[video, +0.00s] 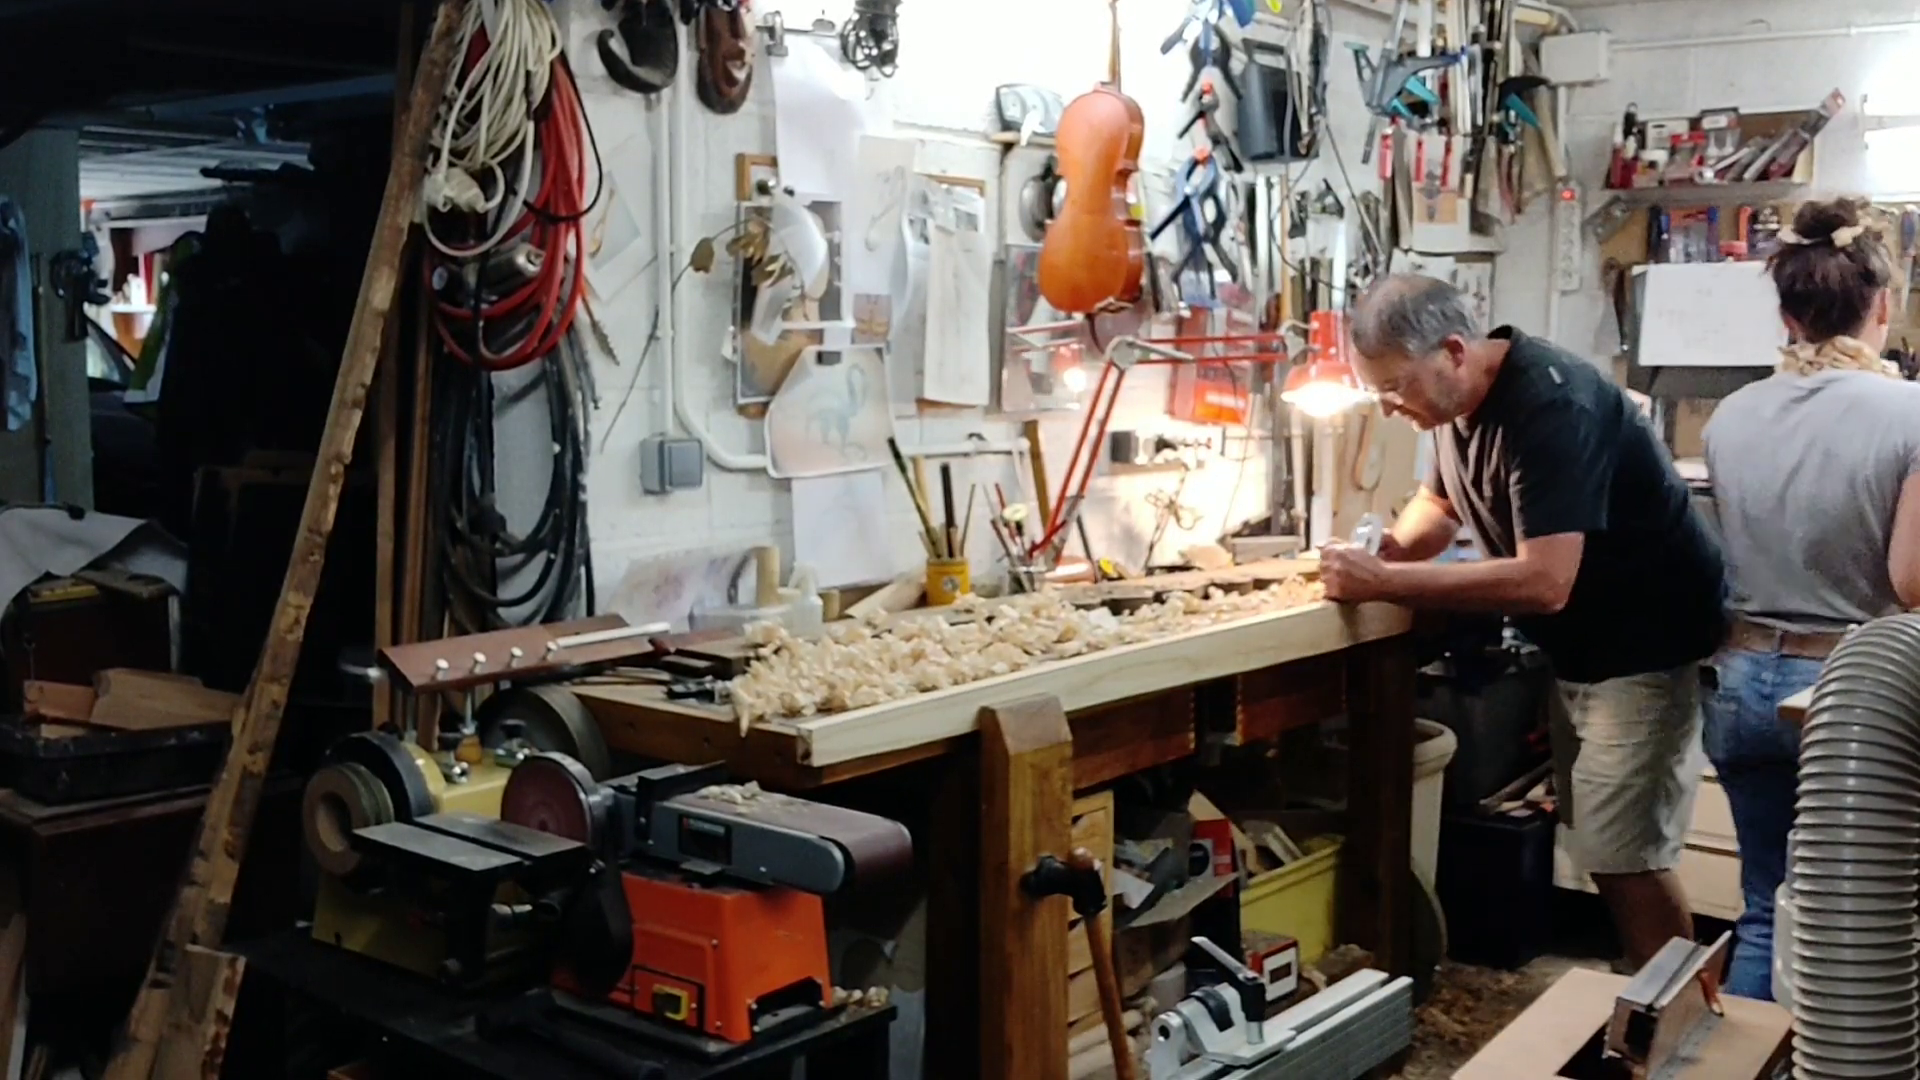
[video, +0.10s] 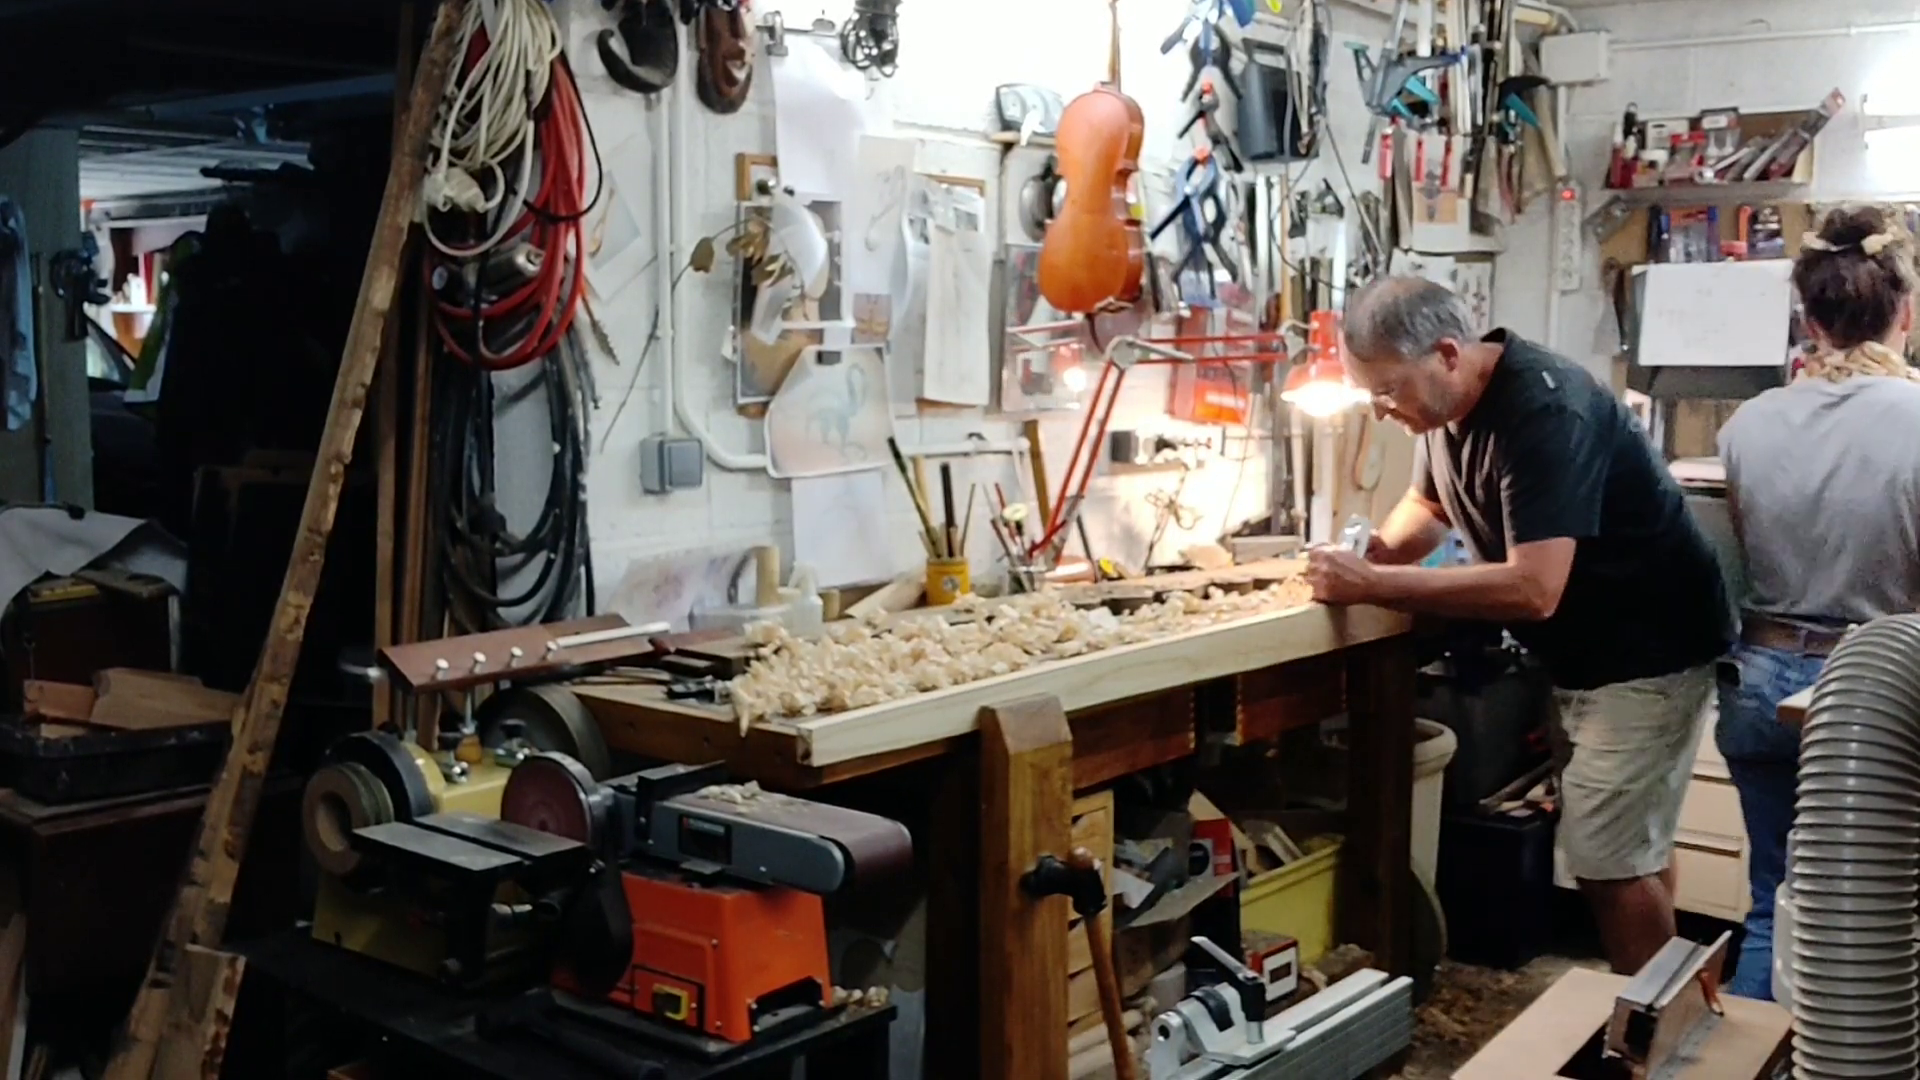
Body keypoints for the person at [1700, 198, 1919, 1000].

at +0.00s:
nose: (1893, 314)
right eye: (1891, 299)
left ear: (1786, 321)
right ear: (1881, 309)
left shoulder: (1729, 417)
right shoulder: (1905, 412)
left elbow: (1733, 543)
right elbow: (1906, 577)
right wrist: (1910, 653)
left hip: (1738, 669)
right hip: (1852, 677)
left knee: (1762, 897)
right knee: (1851, 900)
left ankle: (1749, 1059)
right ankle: (1838, 1060)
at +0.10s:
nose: (1915, 311)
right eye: (1913, 297)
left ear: (1807, 320)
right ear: (1905, 313)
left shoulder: (1750, 424)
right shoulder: (1911, 412)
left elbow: (1749, 555)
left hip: (1763, 671)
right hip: (1881, 678)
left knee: (1770, 883)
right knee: (1869, 886)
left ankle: (1755, 1046)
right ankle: (1851, 1049)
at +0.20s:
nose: (1812, 331)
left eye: (1817, 317)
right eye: (1817, 316)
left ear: (1832, 330)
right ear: (1916, 330)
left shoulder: (1771, 427)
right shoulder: (1918, 414)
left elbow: (1760, 571)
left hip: (1790, 674)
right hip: (1901, 677)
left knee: (1797, 869)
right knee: (1889, 871)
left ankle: (1791, 1036)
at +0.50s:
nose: (1820, 332)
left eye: (1824, 316)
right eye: (1819, 317)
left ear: (1858, 314)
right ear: (1906, 312)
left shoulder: (1811, 407)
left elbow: (1784, 560)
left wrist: (1746, 501)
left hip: (1827, 646)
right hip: (1915, 643)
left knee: (1792, 822)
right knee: (1901, 823)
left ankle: (1803, 998)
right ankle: (1890, 997)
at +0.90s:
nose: (1718, 340)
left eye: (1723, 324)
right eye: (1717, 323)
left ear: (1773, 322)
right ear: (1788, 320)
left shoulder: (1773, 412)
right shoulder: (1856, 399)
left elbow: (1731, 560)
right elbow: (1832, 525)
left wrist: (1629, 518)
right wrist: (1733, 509)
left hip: (1775, 646)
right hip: (1850, 635)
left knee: (1745, 850)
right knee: (1818, 840)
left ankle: (1764, 1021)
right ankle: (1821, 1009)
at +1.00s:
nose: (1694, 341)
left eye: (1699, 323)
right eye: (1692, 324)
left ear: (1750, 319)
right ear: (1763, 317)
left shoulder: (1764, 411)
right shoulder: (1816, 392)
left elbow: (1700, 554)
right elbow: (1778, 507)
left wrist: (1590, 520)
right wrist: (1684, 504)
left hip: (1770, 638)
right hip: (1825, 625)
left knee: (1730, 831)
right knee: (1791, 818)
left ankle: (1750, 997)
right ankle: (1807, 978)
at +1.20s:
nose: (1650, 342)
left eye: (1658, 326)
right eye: (1648, 327)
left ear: (1711, 322)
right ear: (1709, 321)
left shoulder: (1746, 404)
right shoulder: (1718, 398)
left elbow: (1659, 548)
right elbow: (1681, 507)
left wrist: (1540, 538)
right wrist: (1608, 509)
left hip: (1763, 636)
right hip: (1732, 631)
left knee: (1716, 821)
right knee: (1671, 800)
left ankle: (1756, 995)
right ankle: (1694, 963)